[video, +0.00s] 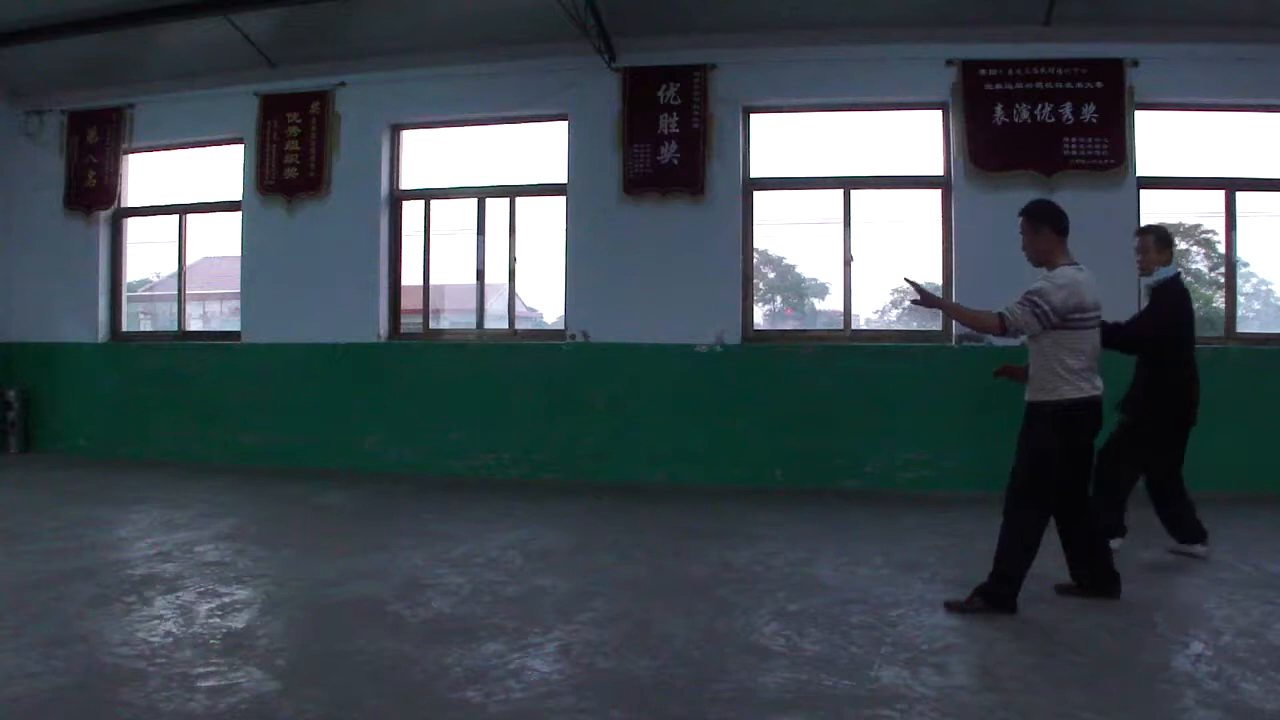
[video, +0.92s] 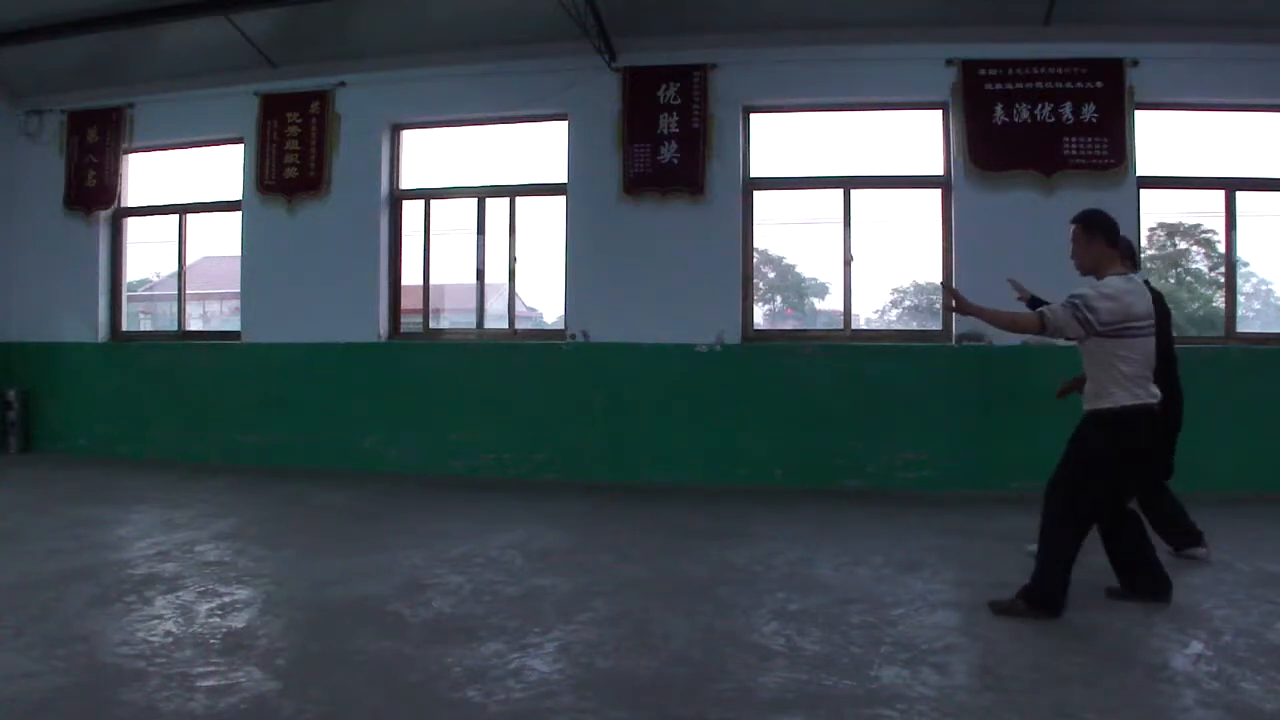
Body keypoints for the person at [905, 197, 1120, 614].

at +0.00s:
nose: (1022, 244)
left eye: (1026, 235)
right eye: (1021, 235)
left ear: (1048, 236)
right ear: (1058, 238)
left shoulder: (1053, 287)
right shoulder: (1082, 282)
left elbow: (1000, 324)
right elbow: (1078, 355)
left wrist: (942, 305)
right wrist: (1029, 372)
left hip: (1055, 410)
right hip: (1081, 406)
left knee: (1025, 501)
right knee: (1069, 497)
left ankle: (1000, 593)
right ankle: (1098, 580)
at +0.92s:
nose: (1071, 252)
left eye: (1077, 243)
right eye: (1072, 243)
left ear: (1100, 244)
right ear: (1109, 245)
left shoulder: (1100, 298)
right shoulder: (1139, 292)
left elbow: (1035, 323)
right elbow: (1129, 354)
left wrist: (969, 308)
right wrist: (1085, 379)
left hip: (1111, 420)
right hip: (1143, 415)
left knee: (1065, 499)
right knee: (1109, 500)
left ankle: (1043, 597)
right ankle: (1147, 583)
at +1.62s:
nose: (1073, 270)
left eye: (1078, 261)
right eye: (1073, 262)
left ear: (1104, 260)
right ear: (1108, 262)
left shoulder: (1124, 306)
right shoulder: (1126, 305)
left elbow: (1062, 331)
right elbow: (1105, 368)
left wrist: (999, 331)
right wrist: (1058, 343)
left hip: (1140, 424)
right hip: (1142, 421)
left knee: (1084, 498)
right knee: (1128, 501)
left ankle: (1042, 585)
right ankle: (1161, 578)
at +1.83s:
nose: (1091, 275)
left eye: (1098, 266)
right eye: (1092, 266)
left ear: (1125, 269)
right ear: (1118, 270)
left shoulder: (1170, 311)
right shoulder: (1098, 319)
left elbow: (1201, 364)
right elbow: (1057, 357)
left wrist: (1151, 392)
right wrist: (1037, 317)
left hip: (1175, 416)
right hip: (1132, 418)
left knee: (1124, 488)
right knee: (1119, 491)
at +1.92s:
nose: (1095, 278)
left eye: (1104, 278)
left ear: (1136, 278)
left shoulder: (1175, 313)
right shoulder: (1099, 323)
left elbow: (1206, 364)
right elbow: (1057, 358)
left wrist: (1163, 397)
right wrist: (1035, 319)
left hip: (1178, 419)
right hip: (1134, 423)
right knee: (1133, 495)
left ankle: (1096, 580)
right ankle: (1163, 580)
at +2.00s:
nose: (1097, 283)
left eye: (1106, 277)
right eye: (1097, 277)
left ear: (1136, 277)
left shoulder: (1178, 316)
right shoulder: (1102, 327)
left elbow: (1207, 372)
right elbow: (1059, 360)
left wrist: (1166, 407)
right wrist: (1036, 318)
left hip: (1179, 423)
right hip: (1133, 426)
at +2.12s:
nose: (1101, 286)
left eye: (1108, 276)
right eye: (1101, 276)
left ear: (1139, 276)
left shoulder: (1180, 318)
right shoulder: (1106, 326)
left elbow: (1211, 374)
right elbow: (1060, 358)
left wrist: (1166, 410)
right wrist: (1039, 317)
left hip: (1181, 425)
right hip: (1134, 426)